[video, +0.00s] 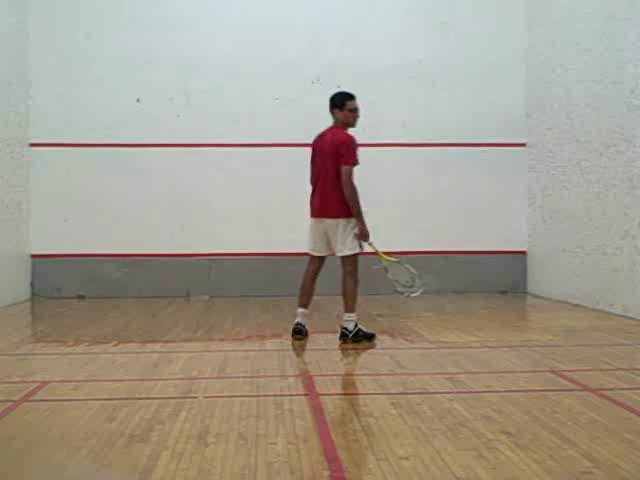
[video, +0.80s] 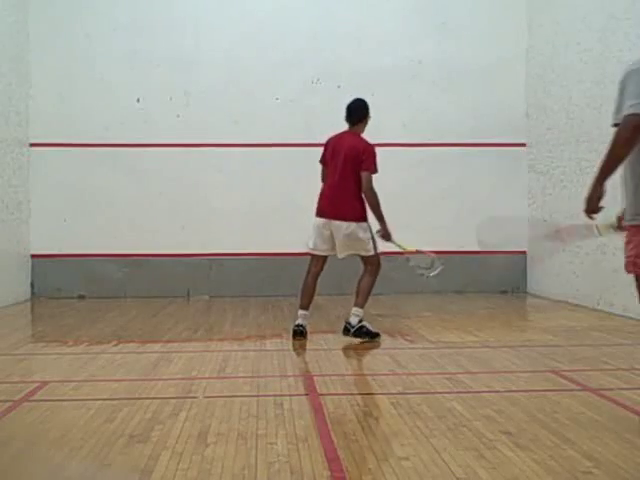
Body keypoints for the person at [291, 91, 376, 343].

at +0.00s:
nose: (356, 115)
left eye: (356, 110)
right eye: (352, 110)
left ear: (337, 113)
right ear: (337, 112)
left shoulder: (319, 140)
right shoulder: (346, 140)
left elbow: (314, 180)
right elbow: (347, 182)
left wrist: (322, 206)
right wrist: (360, 221)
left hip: (318, 212)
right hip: (342, 212)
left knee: (313, 265)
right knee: (350, 268)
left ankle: (300, 320)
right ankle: (349, 324)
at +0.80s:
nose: (368, 121)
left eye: (365, 117)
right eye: (368, 117)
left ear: (346, 118)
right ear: (366, 119)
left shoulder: (332, 142)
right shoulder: (365, 148)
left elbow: (325, 178)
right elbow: (367, 188)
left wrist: (341, 199)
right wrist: (383, 224)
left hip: (324, 213)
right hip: (350, 216)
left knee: (314, 267)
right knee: (372, 265)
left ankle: (300, 321)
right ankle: (355, 320)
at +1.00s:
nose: (391, 131)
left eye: (389, 127)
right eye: (391, 127)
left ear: (371, 126)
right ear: (389, 129)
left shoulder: (355, 146)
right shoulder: (382, 157)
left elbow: (334, 162)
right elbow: (385, 197)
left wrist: (335, 176)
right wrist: (409, 226)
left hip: (343, 218)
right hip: (364, 222)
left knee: (351, 265)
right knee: (378, 272)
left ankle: (328, 303)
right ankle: (354, 324)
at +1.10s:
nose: (406, 143)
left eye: (406, 139)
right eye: (406, 139)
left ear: (387, 136)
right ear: (403, 140)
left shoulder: (367, 150)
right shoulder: (392, 165)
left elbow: (338, 156)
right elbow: (395, 203)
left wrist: (326, 167)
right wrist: (425, 224)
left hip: (347, 218)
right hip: (366, 224)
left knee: (367, 268)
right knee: (381, 273)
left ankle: (360, 312)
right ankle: (355, 323)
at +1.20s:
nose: (420, 156)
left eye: (420, 152)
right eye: (420, 152)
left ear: (402, 147)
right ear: (416, 152)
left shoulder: (381, 158)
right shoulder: (402, 172)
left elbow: (350, 154)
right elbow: (405, 206)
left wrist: (325, 159)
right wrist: (440, 218)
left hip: (352, 221)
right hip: (367, 227)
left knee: (385, 267)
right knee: (382, 277)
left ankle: (394, 309)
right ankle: (354, 323)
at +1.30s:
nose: (429, 173)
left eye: (430, 169)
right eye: (430, 169)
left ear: (413, 162)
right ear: (426, 167)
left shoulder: (392, 169)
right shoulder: (411, 183)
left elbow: (361, 161)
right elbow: (417, 215)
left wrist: (332, 162)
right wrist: (455, 219)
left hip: (360, 228)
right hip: (373, 234)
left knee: (395, 268)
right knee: (388, 282)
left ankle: (408, 313)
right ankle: (357, 321)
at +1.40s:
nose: (438, 188)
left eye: (439, 184)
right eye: (438, 183)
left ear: (423, 177)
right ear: (434, 182)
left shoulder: (400, 183)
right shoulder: (419, 197)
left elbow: (368, 179)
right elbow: (432, 237)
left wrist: (335, 182)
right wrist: (467, 233)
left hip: (365, 234)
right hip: (379, 241)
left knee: (406, 261)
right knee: (398, 290)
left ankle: (410, 314)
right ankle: (361, 317)